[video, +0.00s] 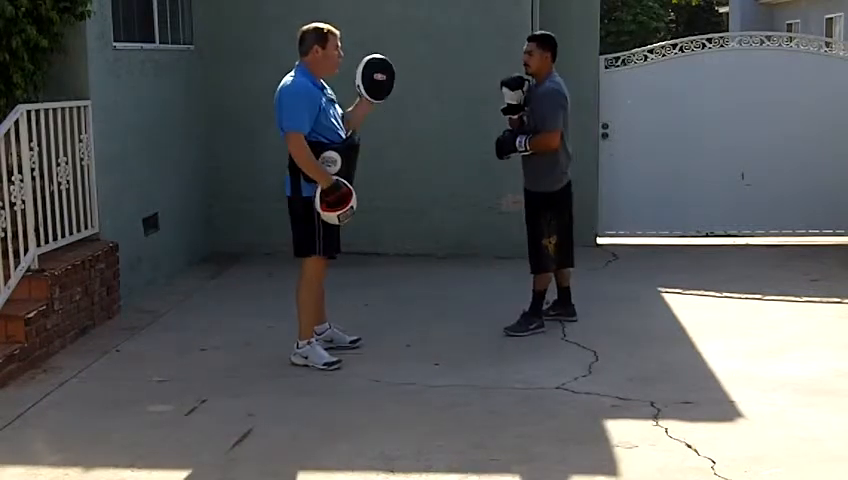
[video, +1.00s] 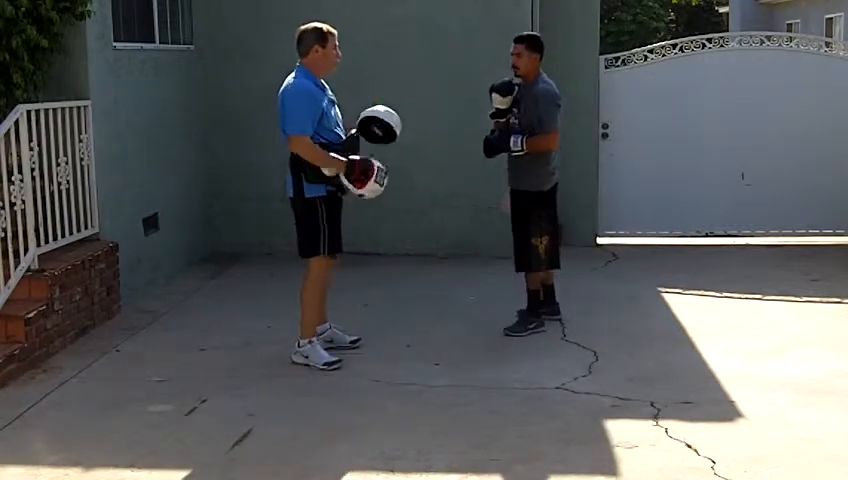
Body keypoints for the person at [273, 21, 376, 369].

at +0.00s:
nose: (341, 55)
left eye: (340, 49)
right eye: (336, 48)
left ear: (318, 52)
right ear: (317, 52)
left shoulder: (316, 85)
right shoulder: (297, 88)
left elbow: (341, 129)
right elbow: (296, 145)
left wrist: (367, 99)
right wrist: (326, 181)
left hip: (322, 187)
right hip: (307, 191)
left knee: (320, 260)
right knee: (314, 262)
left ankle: (319, 329)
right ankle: (304, 344)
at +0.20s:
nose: (336, 53)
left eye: (336, 47)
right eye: (331, 47)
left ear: (314, 52)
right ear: (312, 52)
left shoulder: (320, 84)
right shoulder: (292, 89)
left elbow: (350, 121)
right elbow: (291, 144)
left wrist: (363, 83)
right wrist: (325, 182)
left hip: (325, 186)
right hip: (306, 190)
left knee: (321, 259)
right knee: (313, 260)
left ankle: (319, 330)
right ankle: (304, 344)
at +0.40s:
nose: (332, 53)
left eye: (331, 47)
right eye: (328, 47)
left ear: (309, 53)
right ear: (308, 52)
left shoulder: (317, 84)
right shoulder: (289, 90)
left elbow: (354, 116)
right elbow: (289, 146)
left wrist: (383, 85)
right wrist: (325, 182)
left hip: (326, 186)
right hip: (307, 189)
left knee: (322, 258)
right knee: (314, 260)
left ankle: (320, 329)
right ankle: (304, 345)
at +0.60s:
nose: (332, 52)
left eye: (331, 46)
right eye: (327, 46)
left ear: (310, 52)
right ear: (307, 52)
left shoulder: (316, 84)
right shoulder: (290, 90)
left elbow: (350, 118)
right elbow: (289, 146)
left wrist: (380, 88)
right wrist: (324, 182)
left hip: (326, 186)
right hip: (307, 190)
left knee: (322, 260)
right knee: (315, 262)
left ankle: (320, 330)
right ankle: (304, 345)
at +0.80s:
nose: (335, 53)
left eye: (334, 47)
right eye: (331, 47)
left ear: (313, 51)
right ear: (312, 51)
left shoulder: (315, 83)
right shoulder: (294, 89)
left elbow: (344, 122)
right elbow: (292, 146)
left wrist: (374, 95)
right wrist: (327, 182)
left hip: (323, 188)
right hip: (307, 191)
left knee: (321, 260)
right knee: (313, 263)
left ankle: (319, 330)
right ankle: (305, 344)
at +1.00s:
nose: (339, 54)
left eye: (338, 47)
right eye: (334, 47)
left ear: (317, 52)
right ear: (317, 51)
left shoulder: (315, 84)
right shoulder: (299, 89)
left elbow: (325, 135)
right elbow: (299, 144)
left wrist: (358, 133)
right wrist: (341, 165)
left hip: (324, 188)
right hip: (311, 192)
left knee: (327, 259)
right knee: (318, 262)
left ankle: (319, 329)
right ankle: (307, 343)